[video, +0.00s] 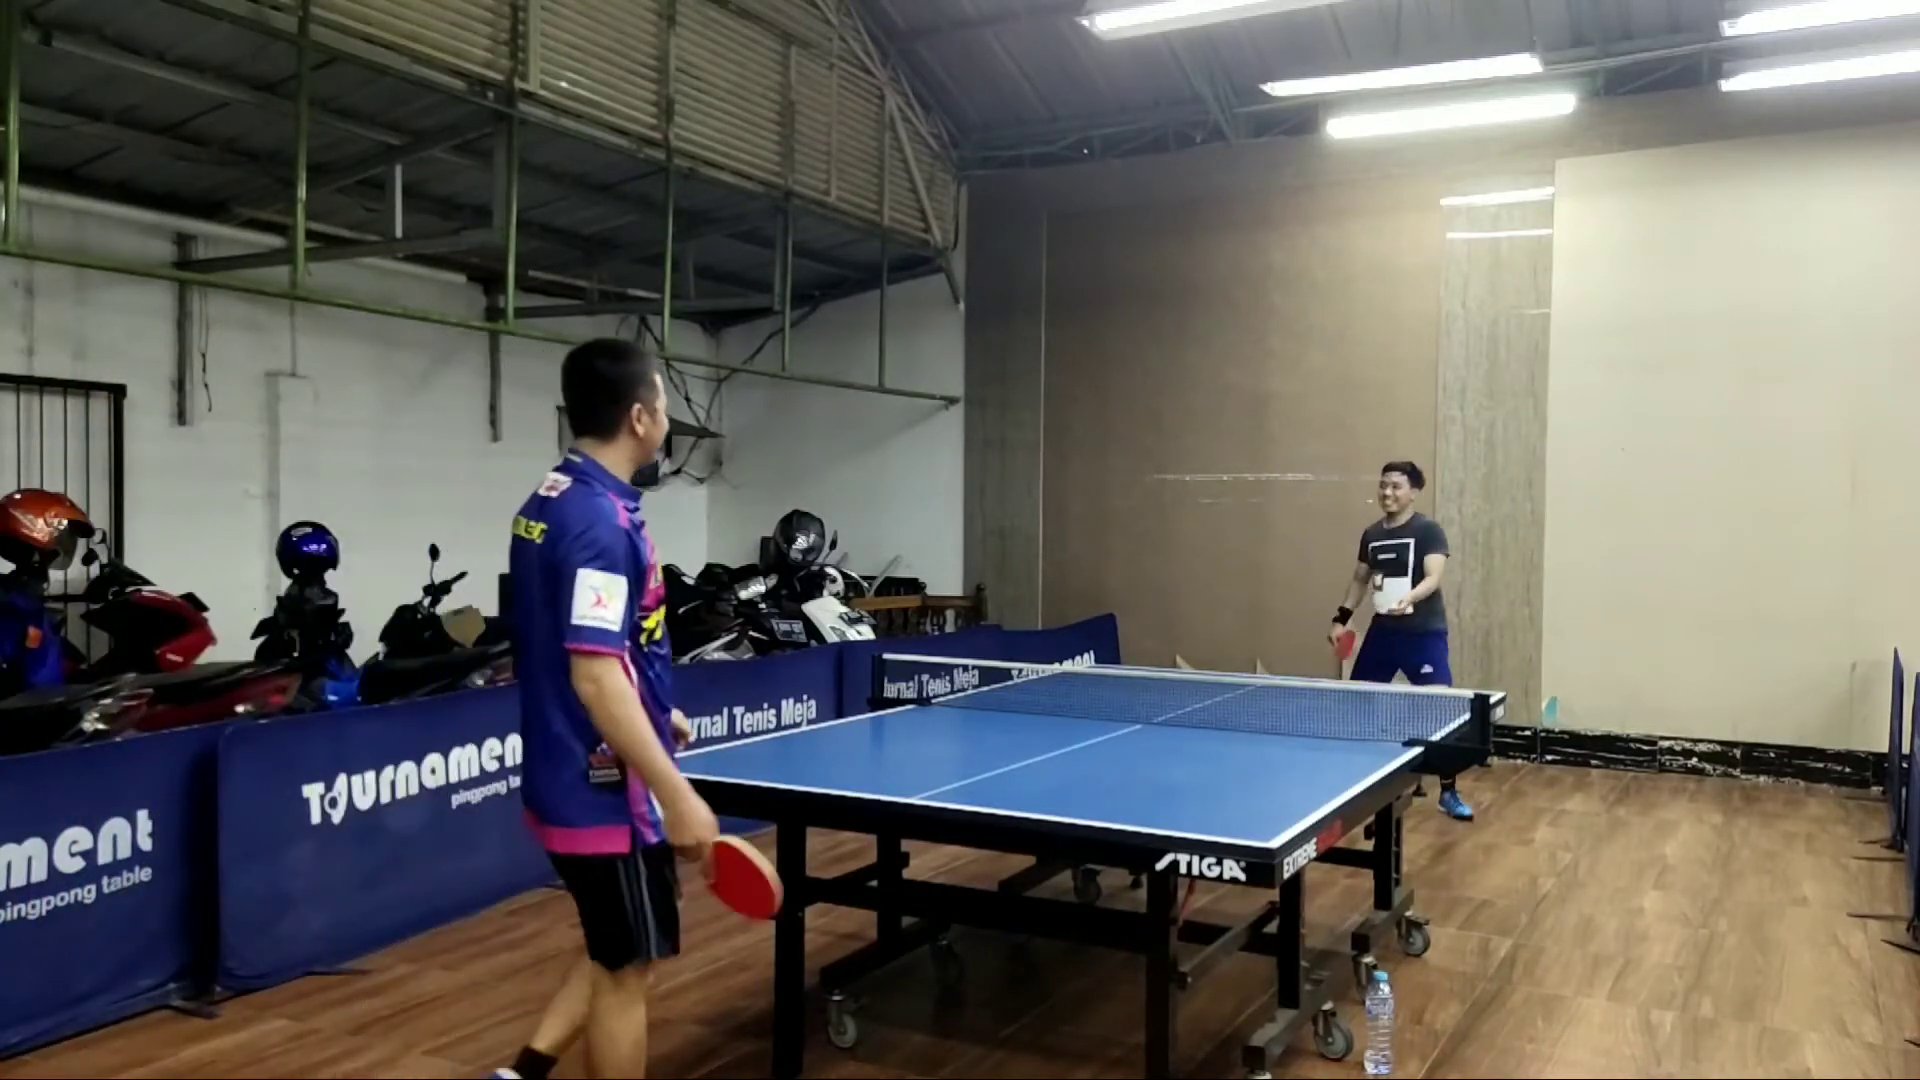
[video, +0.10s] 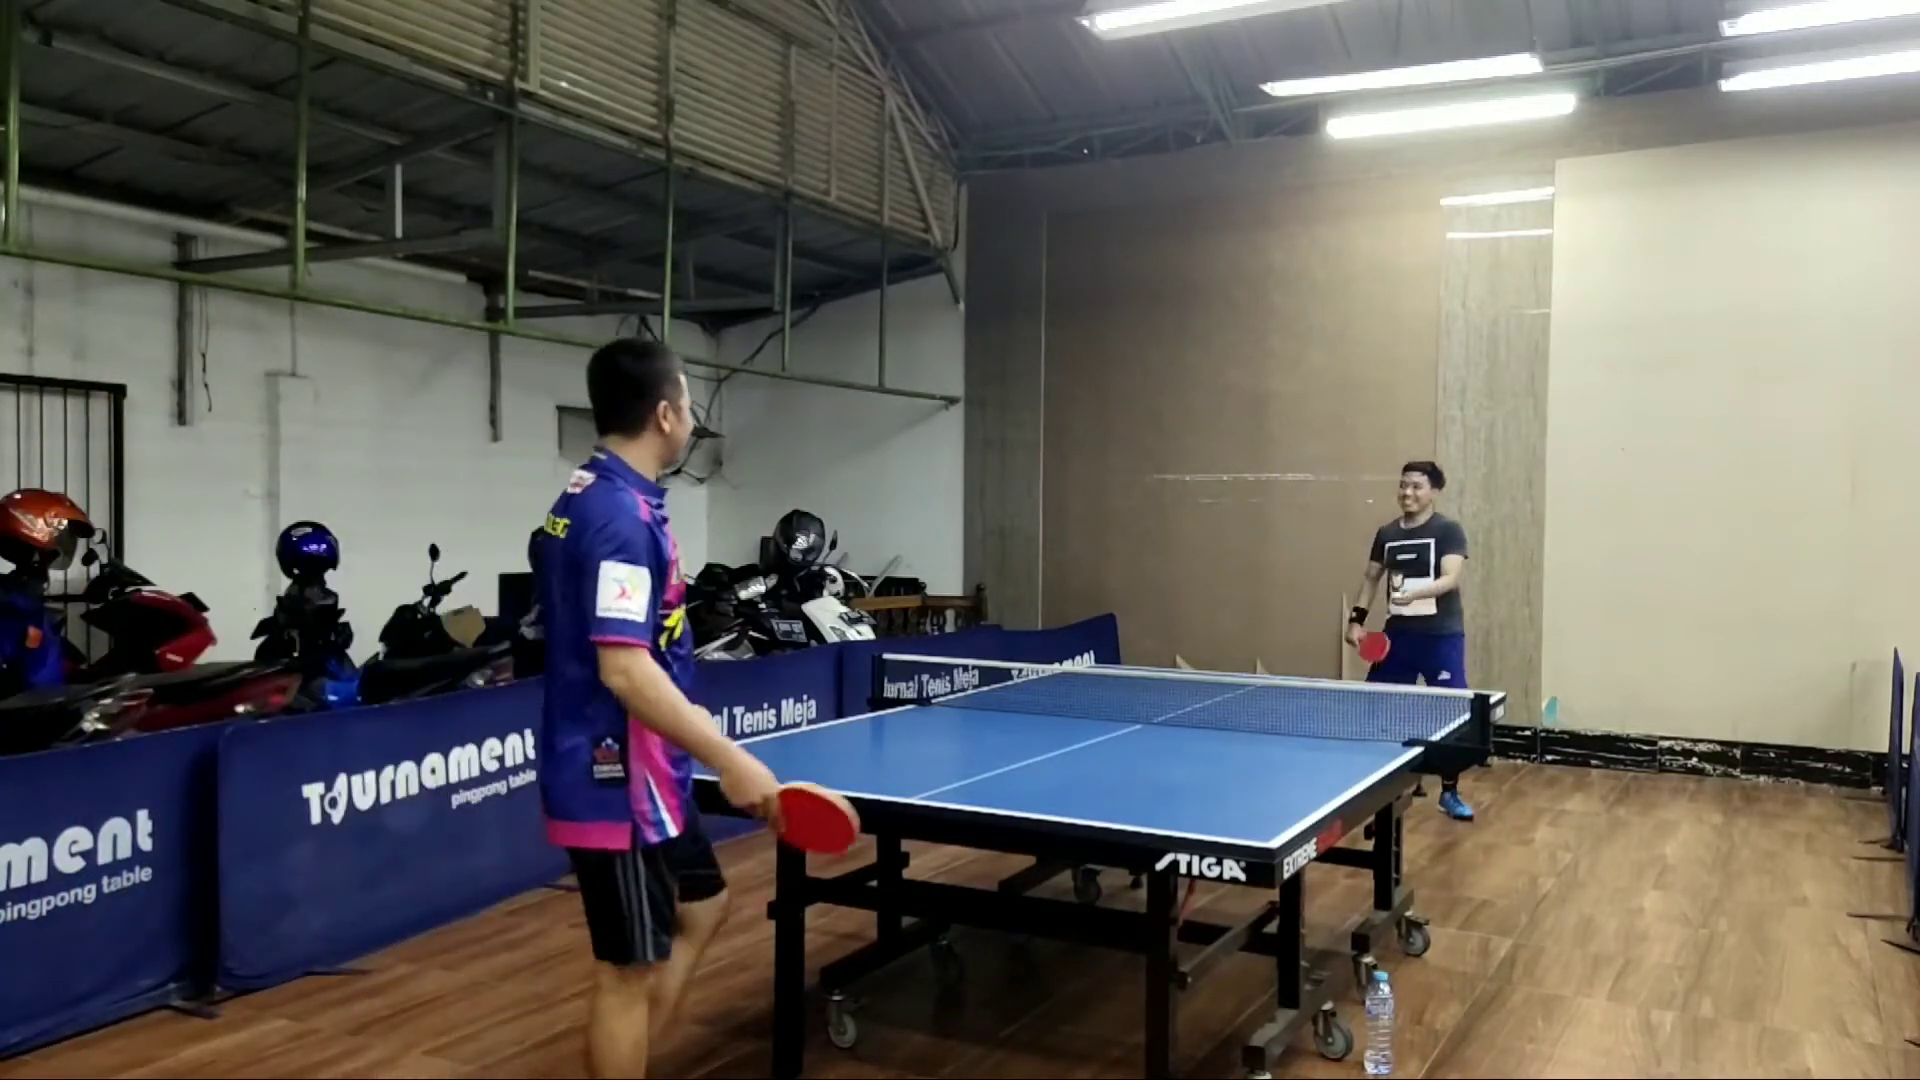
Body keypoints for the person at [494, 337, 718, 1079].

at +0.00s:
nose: (667, 420)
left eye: (665, 404)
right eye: (663, 405)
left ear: (581, 414)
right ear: (639, 416)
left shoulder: (554, 502)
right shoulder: (600, 522)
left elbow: (573, 648)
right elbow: (597, 676)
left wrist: (653, 711)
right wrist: (678, 799)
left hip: (567, 782)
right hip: (602, 797)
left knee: (613, 948)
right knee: (625, 968)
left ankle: (528, 1068)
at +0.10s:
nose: (690, 418)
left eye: (687, 402)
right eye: (686, 403)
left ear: (612, 412)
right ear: (664, 412)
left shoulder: (596, 499)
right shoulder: (620, 515)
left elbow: (591, 652)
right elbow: (622, 665)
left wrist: (672, 745)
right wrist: (732, 758)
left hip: (636, 766)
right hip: (611, 778)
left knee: (699, 903)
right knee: (632, 971)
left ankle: (634, 1054)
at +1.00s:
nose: (814, 431)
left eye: (812, 415)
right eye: (813, 415)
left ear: (743, 415)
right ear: (794, 419)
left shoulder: (758, 507)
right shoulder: (716, 516)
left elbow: (754, 618)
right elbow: (680, 650)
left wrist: (837, 621)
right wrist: (800, 719)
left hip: (767, 775)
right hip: (749, 786)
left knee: (753, 959)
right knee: (787, 973)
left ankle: (746, 1060)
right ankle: (732, 1072)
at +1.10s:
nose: (806, 428)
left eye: (803, 412)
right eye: (804, 412)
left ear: (733, 414)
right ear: (786, 418)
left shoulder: (750, 506)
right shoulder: (717, 514)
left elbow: (762, 622)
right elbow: (685, 660)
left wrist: (849, 586)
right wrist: (811, 727)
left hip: (768, 780)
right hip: (744, 792)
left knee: (770, 976)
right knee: (765, 987)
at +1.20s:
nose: (798, 431)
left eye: (795, 416)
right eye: (797, 416)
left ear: (721, 414)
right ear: (781, 422)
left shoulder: (737, 508)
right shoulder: (717, 517)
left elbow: (756, 620)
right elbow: (696, 668)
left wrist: (849, 579)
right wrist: (821, 730)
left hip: (757, 789)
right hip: (729, 802)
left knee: (755, 987)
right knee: (737, 998)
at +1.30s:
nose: (793, 431)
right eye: (794, 419)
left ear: (709, 416)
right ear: (785, 428)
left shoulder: (680, 504)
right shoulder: (730, 522)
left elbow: (729, 636)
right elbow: (707, 676)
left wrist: (827, 613)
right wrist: (827, 742)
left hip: (679, 798)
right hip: (713, 811)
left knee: (726, 997)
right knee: (717, 1010)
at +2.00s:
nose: (551, 418)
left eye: (553, 407)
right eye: (556, 408)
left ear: (564, 415)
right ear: (643, 434)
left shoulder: (486, 513)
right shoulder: (655, 536)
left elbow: (448, 661)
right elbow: (654, 691)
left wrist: (533, 656)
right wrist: (713, 769)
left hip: (475, 832)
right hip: (599, 843)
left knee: (430, 1020)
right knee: (653, 1022)